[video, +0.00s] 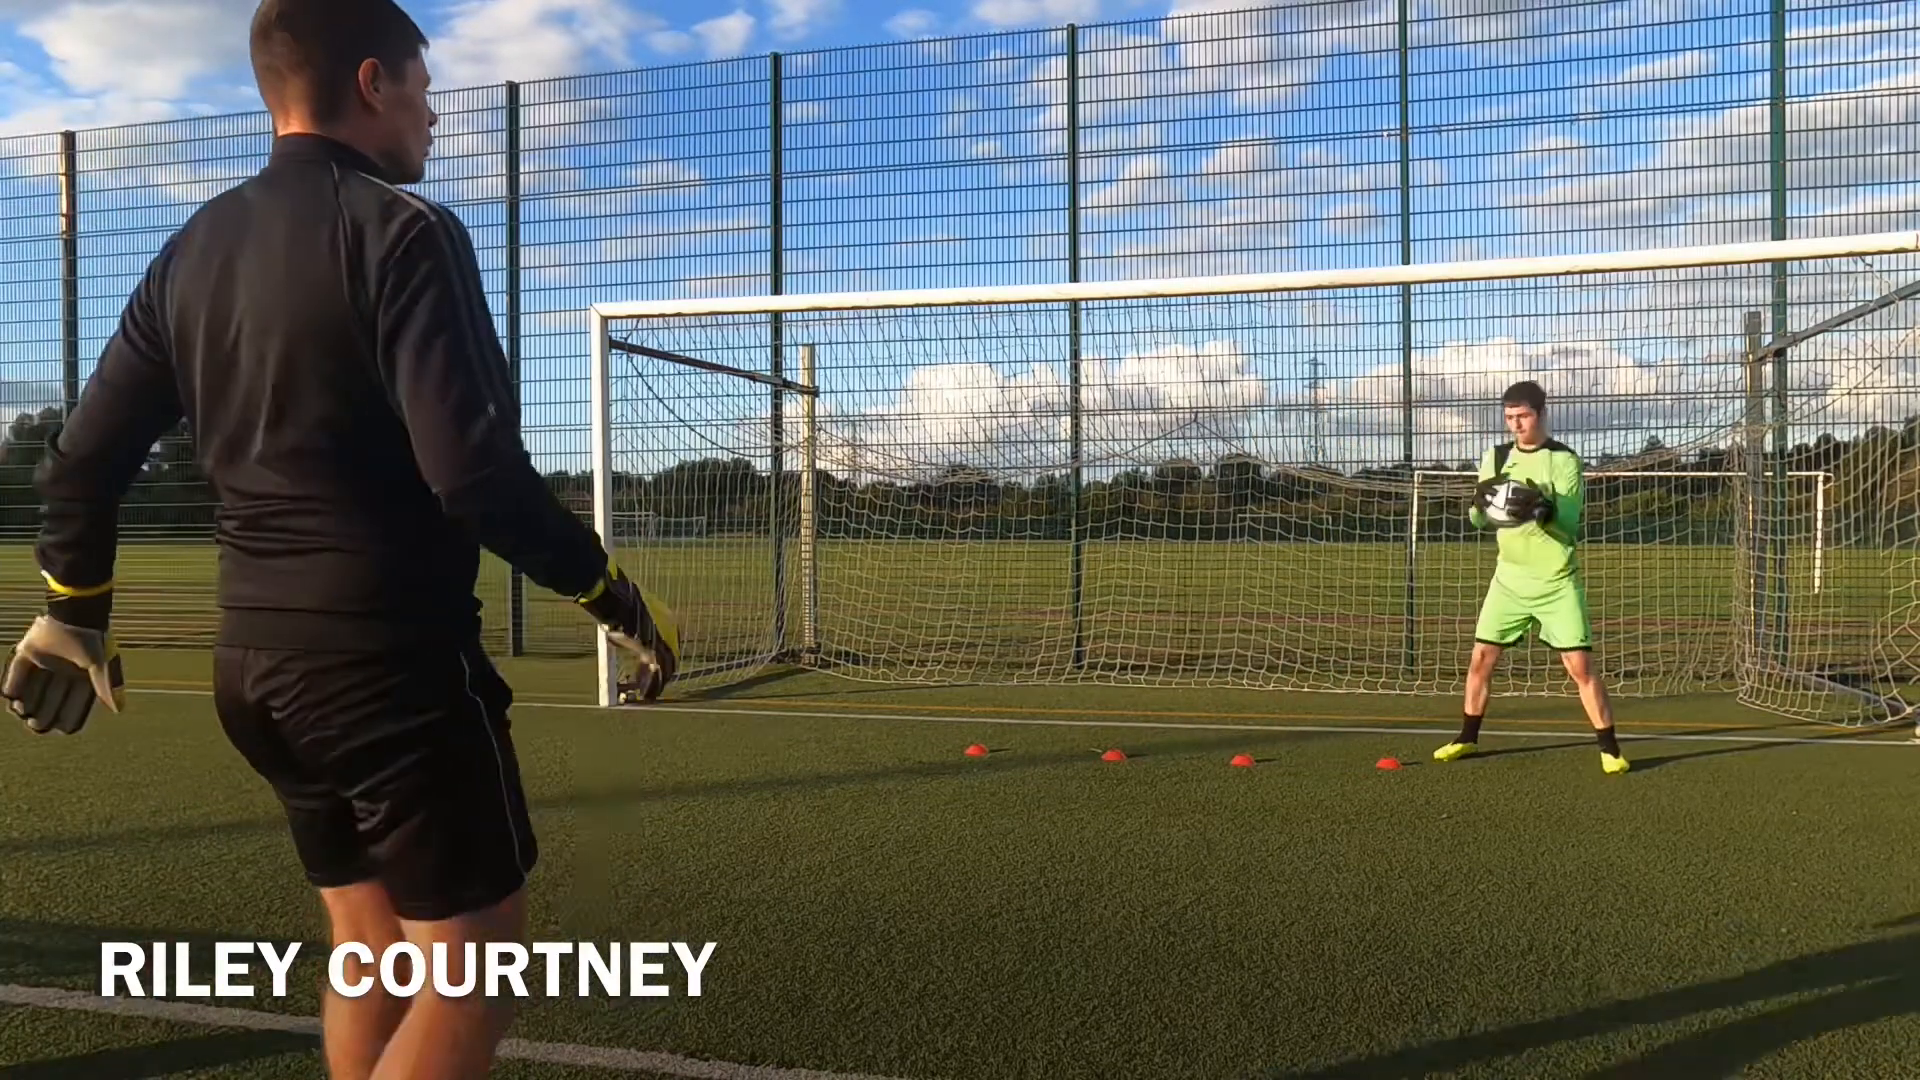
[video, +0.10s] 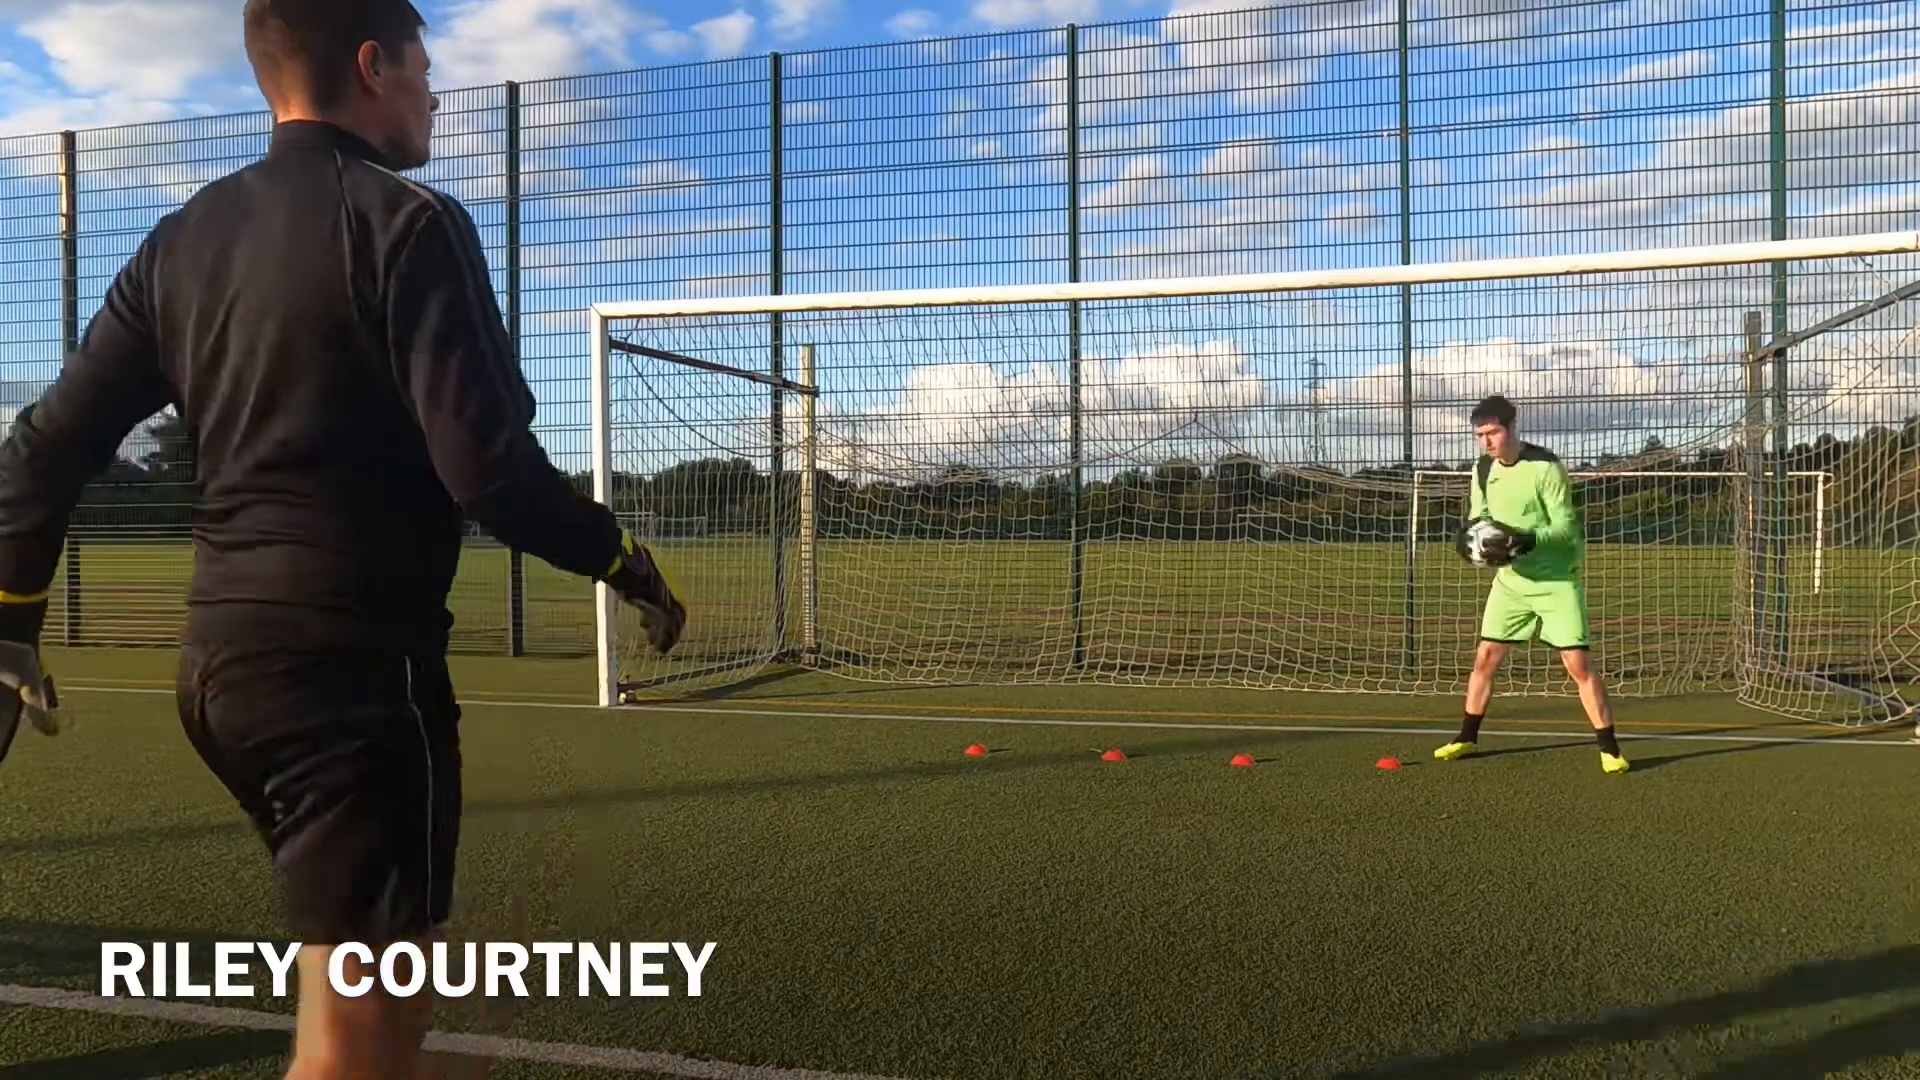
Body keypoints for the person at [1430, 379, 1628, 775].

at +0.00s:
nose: (1516, 423)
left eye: (1523, 415)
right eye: (1510, 417)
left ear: (1541, 414)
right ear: (1505, 420)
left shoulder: (1564, 461)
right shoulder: (1496, 458)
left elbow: (1572, 528)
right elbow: (1478, 521)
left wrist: (1543, 511)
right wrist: (1483, 504)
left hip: (1557, 583)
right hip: (1508, 581)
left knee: (1580, 666)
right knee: (1481, 657)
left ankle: (1609, 749)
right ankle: (1468, 738)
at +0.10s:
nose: (1486, 441)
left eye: (1493, 433)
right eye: (1481, 434)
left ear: (1511, 429)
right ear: (1477, 436)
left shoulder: (1547, 468)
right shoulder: (1481, 471)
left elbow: (1567, 529)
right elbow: (1478, 521)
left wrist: (1527, 540)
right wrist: (1475, 539)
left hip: (1556, 584)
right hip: (1508, 582)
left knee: (1578, 664)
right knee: (1486, 656)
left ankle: (1609, 748)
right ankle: (1467, 739)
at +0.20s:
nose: (1458, 456)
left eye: (1463, 446)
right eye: (1452, 450)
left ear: (1481, 442)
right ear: (1450, 453)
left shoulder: (1523, 477)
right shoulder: (1467, 485)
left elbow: (1552, 534)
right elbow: (1470, 528)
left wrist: (1504, 549)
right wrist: (1454, 555)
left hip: (1554, 584)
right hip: (1509, 588)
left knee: (1576, 664)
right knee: (1482, 656)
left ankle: (1609, 749)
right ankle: (1468, 739)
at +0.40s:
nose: (1416, 469)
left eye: (1422, 460)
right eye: (1408, 464)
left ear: (1438, 458)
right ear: (1404, 472)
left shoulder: (1482, 491)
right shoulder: (1428, 505)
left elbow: (1538, 501)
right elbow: (1442, 532)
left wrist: (1535, 547)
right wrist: (1431, 561)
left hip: (1521, 588)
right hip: (1476, 592)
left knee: (1553, 665)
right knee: (1455, 662)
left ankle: (1601, 746)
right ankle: (1464, 739)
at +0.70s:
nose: (1378, 463)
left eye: (1381, 455)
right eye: (1373, 458)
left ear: (1399, 442)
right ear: (1372, 455)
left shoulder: (1451, 460)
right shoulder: (1387, 484)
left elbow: (1502, 484)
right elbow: (1399, 537)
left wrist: (1504, 528)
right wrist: (1417, 510)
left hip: (1487, 567)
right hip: (1444, 576)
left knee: (1511, 649)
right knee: (1448, 659)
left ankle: (1545, 734)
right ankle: (1461, 737)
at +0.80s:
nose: (1369, 461)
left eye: (1372, 453)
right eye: (1364, 455)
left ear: (1392, 438)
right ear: (1365, 451)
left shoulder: (1444, 458)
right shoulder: (1378, 484)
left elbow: (1492, 481)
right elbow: (1393, 535)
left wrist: (1494, 526)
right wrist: (1422, 539)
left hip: (1481, 569)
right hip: (1438, 579)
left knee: (1504, 647)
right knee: (1453, 660)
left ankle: (1533, 738)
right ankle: (1464, 738)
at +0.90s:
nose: (1365, 466)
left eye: (1368, 458)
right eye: (1360, 461)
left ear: (1388, 444)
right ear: (1363, 457)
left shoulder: (1442, 465)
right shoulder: (1374, 489)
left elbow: (1487, 493)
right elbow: (1382, 535)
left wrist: (1484, 539)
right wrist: (1396, 567)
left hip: (1471, 580)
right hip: (1427, 590)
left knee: (1495, 657)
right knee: (1431, 668)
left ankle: (1537, 744)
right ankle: (1459, 721)